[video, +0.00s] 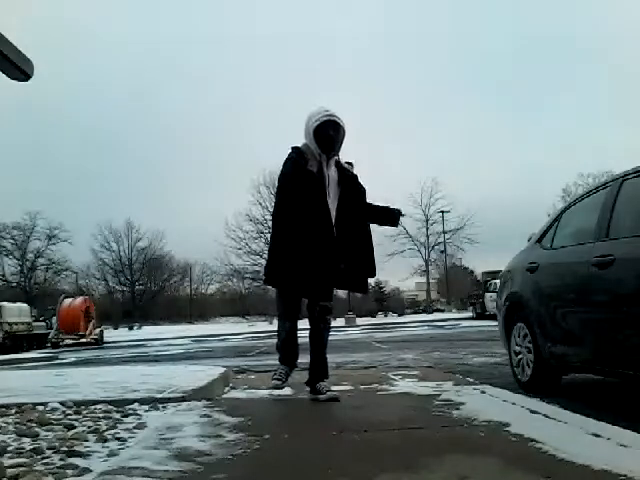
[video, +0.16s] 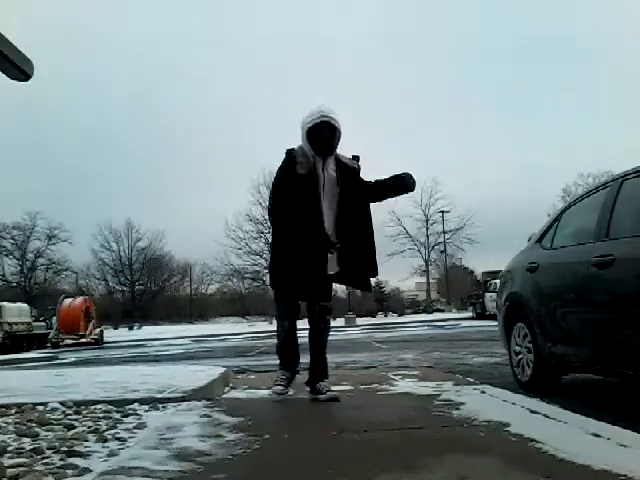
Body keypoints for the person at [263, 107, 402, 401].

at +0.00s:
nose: (332, 138)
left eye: (337, 133)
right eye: (326, 132)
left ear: (342, 137)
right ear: (312, 133)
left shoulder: (345, 175)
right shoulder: (296, 163)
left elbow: (357, 209)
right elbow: (283, 210)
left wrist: (390, 215)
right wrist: (280, 255)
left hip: (326, 254)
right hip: (293, 252)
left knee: (321, 316)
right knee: (287, 312)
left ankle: (318, 380)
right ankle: (286, 364)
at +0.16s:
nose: (324, 137)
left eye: (330, 131)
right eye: (318, 131)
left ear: (337, 135)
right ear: (307, 134)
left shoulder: (344, 171)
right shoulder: (291, 167)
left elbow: (364, 193)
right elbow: (276, 210)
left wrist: (401, 183)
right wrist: (285, 246)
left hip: (323, 256)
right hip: (290, 255)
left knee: (320, 317)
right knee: (286, 315)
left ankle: (318, 381)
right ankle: (286, 371)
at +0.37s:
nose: (310, 138)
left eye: (316, 131)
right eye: (304, 132)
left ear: (326, 134)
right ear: (294, 135)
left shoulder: (342, 166)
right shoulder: (280, 168)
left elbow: (375, 189)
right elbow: (253, 205)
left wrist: (351, 209)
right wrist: (281, 222)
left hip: (324, 257)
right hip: (287, 258)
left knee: (322, 320)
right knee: (287, 320)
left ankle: (319, 383)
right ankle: (289, 383)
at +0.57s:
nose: (295, 130)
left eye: (301, 124)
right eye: (289, 125)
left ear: (312, 127)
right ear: (279, 129)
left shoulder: (334, 158)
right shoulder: (269, 162)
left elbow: (371, 182)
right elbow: (235, 190)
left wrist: (351, 218)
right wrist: (255, 225)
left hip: (325, 252)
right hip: (285, 253)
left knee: (324, 318)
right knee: (288, 320)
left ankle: (321, 381)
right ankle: (291, 386)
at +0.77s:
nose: (293, 126)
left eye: (299, 119)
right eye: (286, 120)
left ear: (311, 121)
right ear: (277, 123)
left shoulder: (330, 148)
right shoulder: (267, 155)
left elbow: (366, 177)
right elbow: (243, 186)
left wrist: (350, 215)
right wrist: (266, 219)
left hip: (328, 243)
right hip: (288, 246)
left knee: (339, 311)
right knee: (289, 319)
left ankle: (344, 376)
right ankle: (292, 386)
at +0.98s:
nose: (306, 124)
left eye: (313, 118)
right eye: (300, 118)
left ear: (324, 119)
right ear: (289, 121)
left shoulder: (341, 149)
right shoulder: (277, 153)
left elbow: (367, 181)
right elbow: (259, 191)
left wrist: (345, 222)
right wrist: (282, 225)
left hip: (335, 242)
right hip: (295, 245)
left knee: (350, 312)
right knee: (292, 319)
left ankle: (367, 382)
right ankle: (292, 386)